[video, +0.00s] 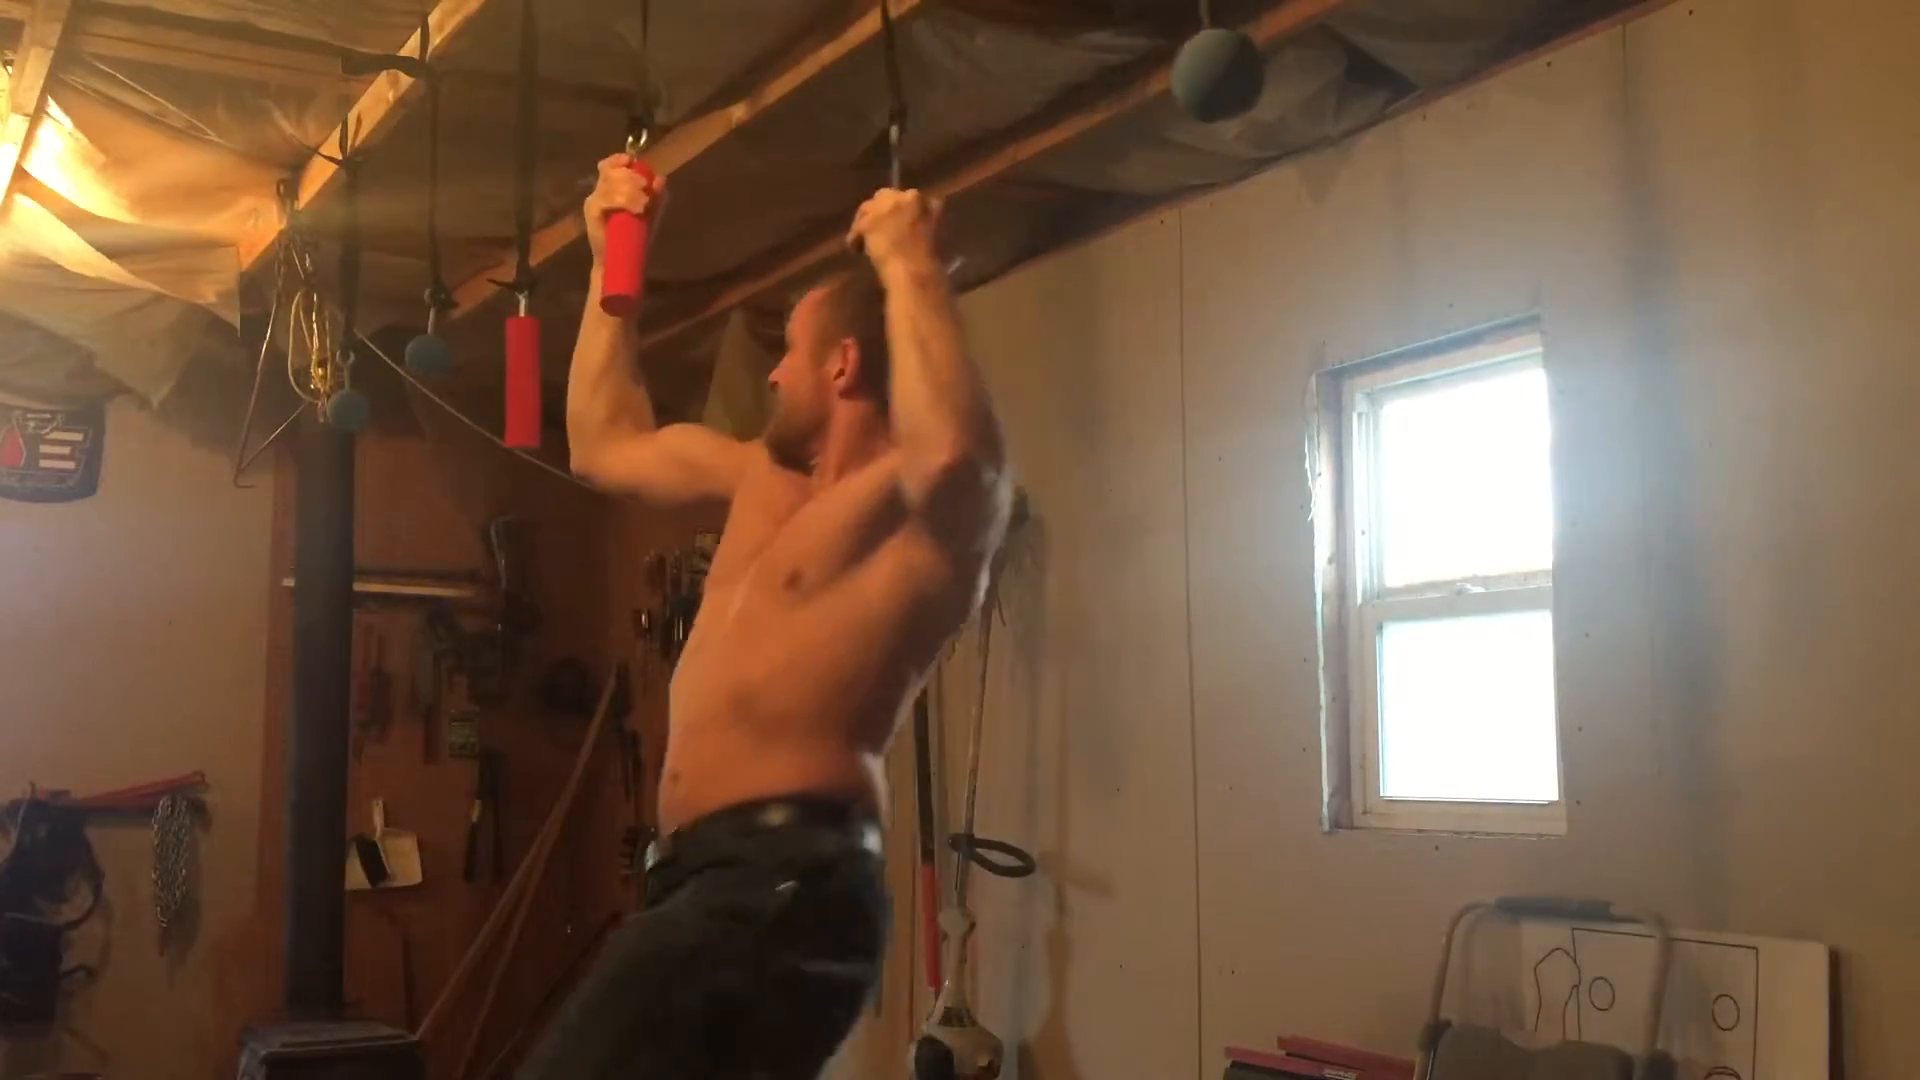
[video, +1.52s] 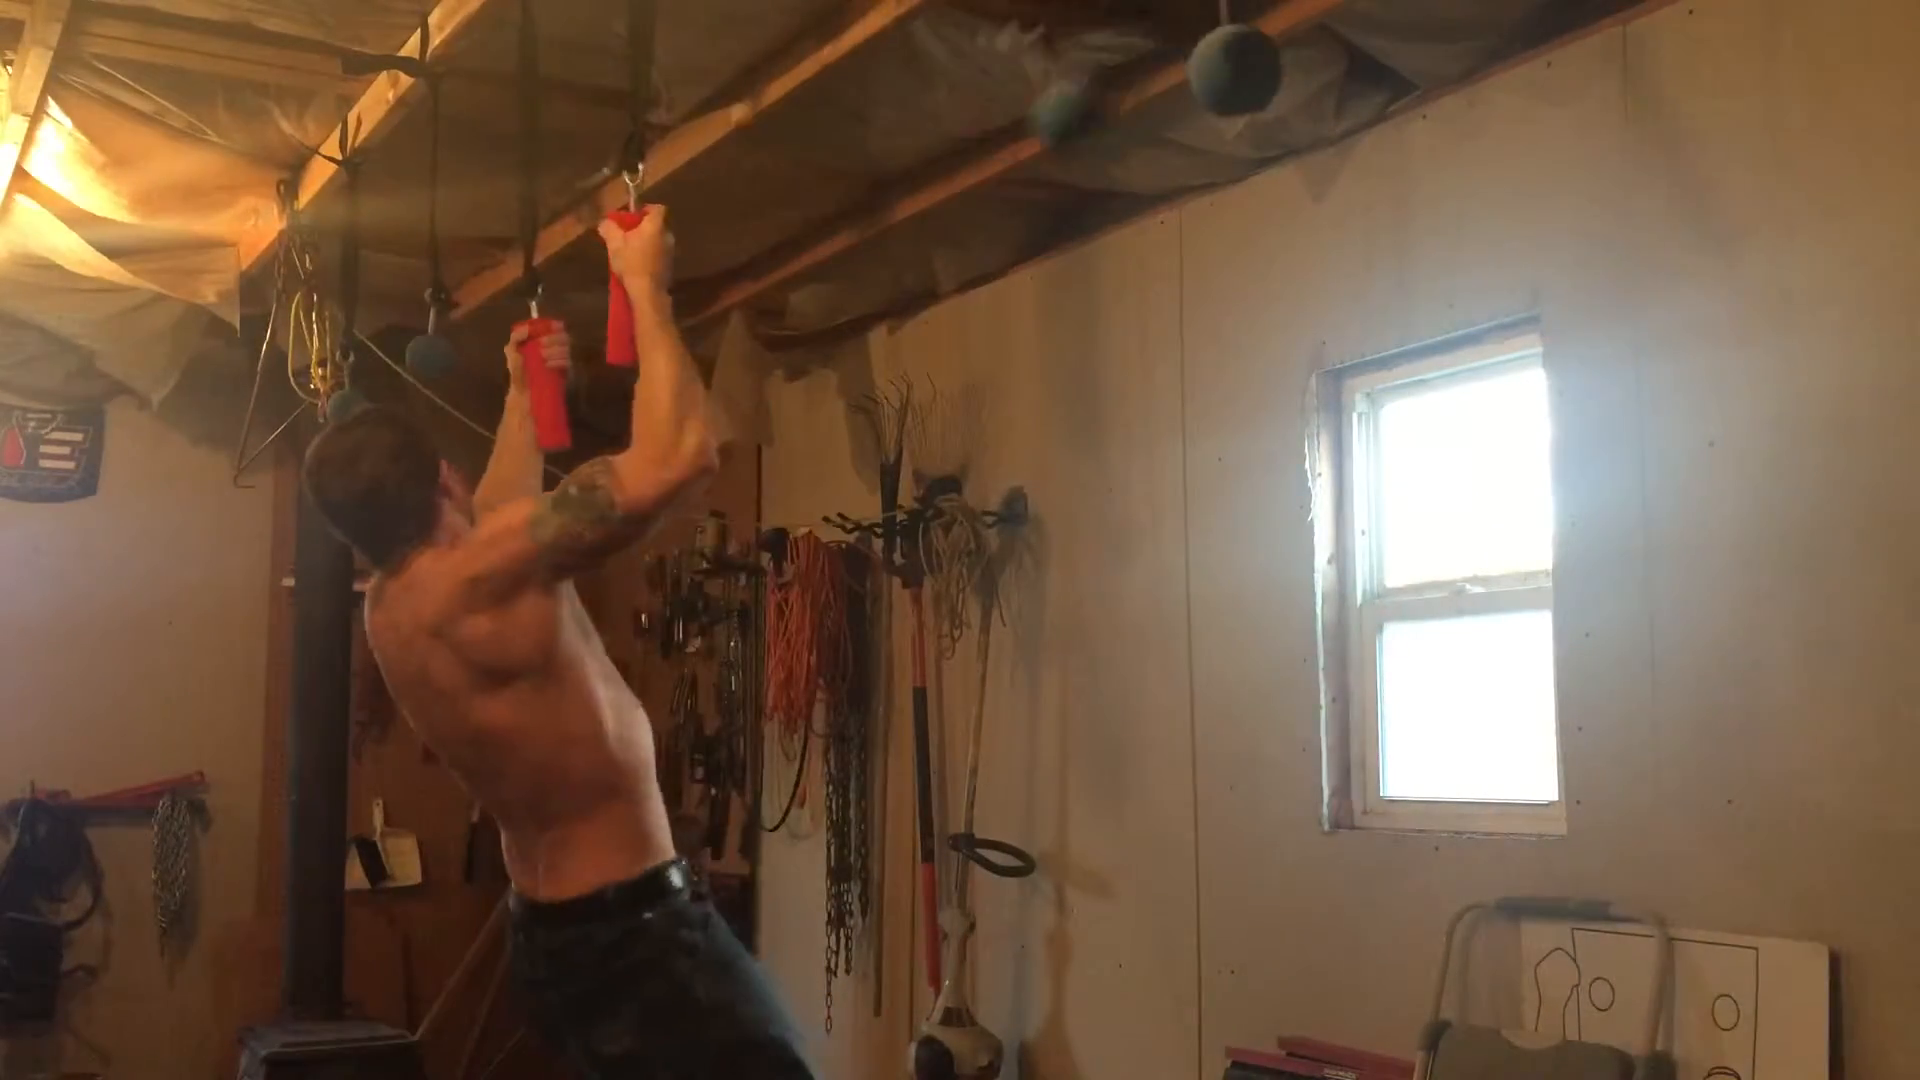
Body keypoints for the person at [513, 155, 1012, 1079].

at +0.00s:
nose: (772, 374)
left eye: (787, 352)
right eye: (778, 353)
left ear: (844, 367)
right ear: (846, 368)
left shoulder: (925, 506)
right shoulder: (755, 476)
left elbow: (951, 454)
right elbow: (605, 445)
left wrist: (913, 263)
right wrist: (615, 257)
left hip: (788, 880)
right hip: (695, 876)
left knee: (575, 1061)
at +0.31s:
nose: (730, 399)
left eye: (748, 379)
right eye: (735, 382)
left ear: (811, 408)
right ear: (770, 412)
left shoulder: (849, 543)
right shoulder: (755, 528)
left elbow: (736, 456)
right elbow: (646, 459)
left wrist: (784, 289)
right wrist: (631, 284)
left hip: (671, 949)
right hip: (629, 931)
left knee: (419, 1044)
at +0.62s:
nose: (606, 452)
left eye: (613, 431)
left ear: (621, 445)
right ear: (740, 438)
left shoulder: (616, 541)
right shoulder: (801, 540)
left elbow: (445, 393)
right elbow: (721, 450)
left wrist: (616, 269)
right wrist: (657, 290)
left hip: (539, 913)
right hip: (685, 938)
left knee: (425, 1025)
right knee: (642, 1064)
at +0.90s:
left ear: (512, 431)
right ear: (644, 414)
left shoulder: (463, 549)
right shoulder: (715, 508)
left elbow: (453, 459)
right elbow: (693, 404)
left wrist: (460, 351)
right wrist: (657, 301)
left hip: (534, 859)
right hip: (689, 879)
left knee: (453, 940)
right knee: (705, 1047)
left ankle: (407, 1040)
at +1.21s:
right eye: (465, 446)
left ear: (372, 513)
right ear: (466, 480)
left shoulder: (384, 607)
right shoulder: (554, 553)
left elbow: (473, 504)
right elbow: (717, 457)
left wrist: (500, 377)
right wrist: (646, 292)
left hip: (536, 921)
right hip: (670, 912)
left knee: (575, 1066)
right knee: (812, 1068)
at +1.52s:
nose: (465, 476)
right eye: (453, 464)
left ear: (356, 534)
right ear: (447, 485)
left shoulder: (387, 615)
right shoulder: (486, 572)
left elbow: (500, 524)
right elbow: (674, 455)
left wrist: (527, 393)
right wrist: (645, 286)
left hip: (548, 937)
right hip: (638, 930)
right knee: (777, 1063)